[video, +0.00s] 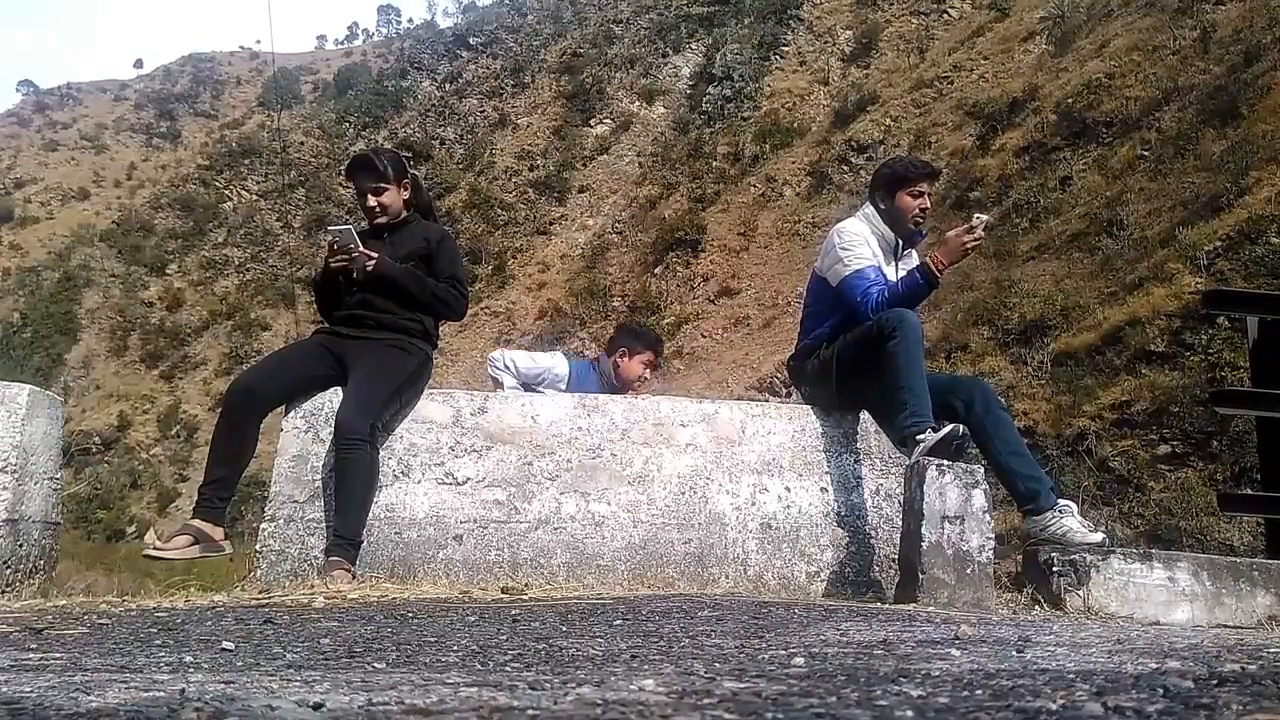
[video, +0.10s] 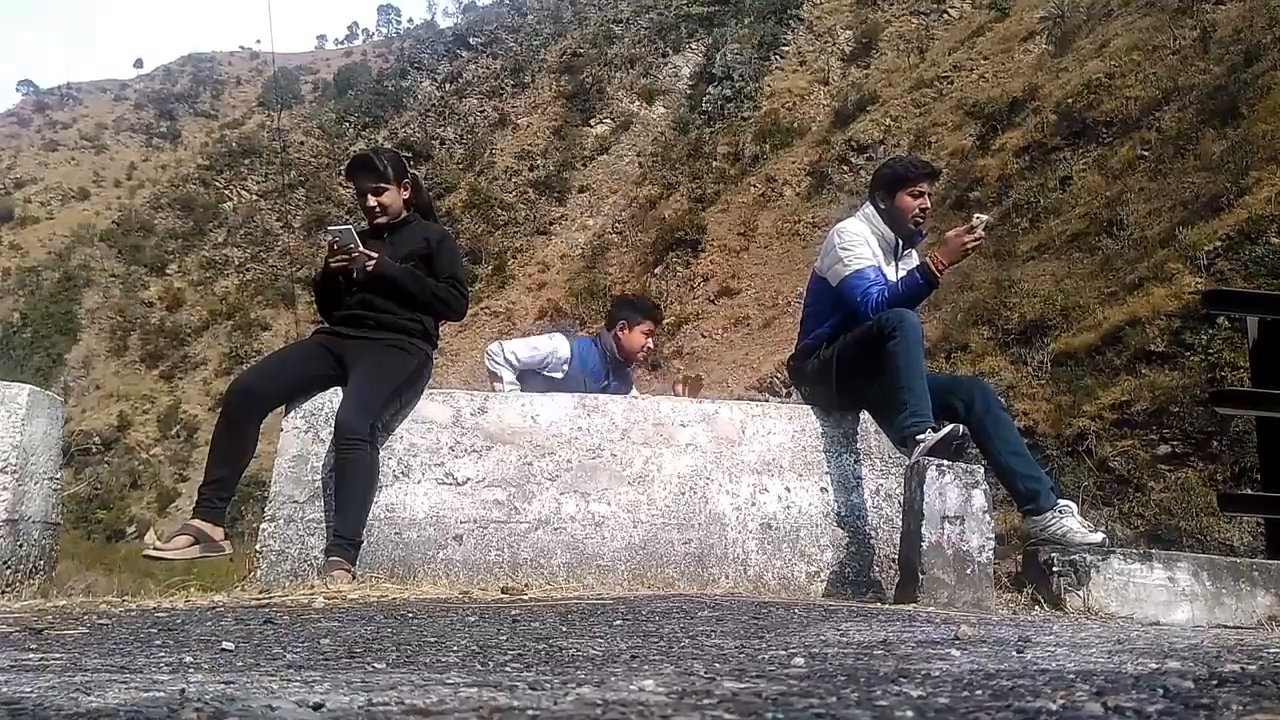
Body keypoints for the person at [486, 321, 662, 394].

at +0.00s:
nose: (648, 375)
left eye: (651, 368)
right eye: (645, 365)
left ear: (622, 358)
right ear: (621, 357)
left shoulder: (620, 392)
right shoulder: (565, 371)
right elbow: (499, 361)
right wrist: (517, 408)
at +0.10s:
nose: (651, 345)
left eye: (653, 337)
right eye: (647, 335)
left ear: (624, 332)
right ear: (622, 330)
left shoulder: (623, 381)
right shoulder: (563, 350)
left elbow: (642, 422)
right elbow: (498, 354)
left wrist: (678, 410)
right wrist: (514, 406)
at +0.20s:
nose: (654, 319)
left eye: (655, 311)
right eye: (648, 309)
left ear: (629, 307)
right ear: (623, 305)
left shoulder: (630, 359)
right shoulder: (568, 330)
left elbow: (676, 391)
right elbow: (501, 351)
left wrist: (713, 362)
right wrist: (515, 406)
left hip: (567, 436)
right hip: (524, 426)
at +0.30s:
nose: (659, 296)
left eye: (660, 288)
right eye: (653, 287)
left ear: (639, 289)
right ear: (626, 285)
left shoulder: (640, 338)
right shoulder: (576, 312)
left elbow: (693, 354)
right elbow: (509, 344)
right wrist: (515, 399)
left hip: (562, 420)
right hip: (520, 408)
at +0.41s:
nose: (662, 280)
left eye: (664, 272)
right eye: (657, 271)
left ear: (640, 273)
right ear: (631, 270)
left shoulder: (651, 324)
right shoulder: (582, 299)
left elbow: (711, 335)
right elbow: (517, 341)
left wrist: (769, 311)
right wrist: (517, 400)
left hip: (568, 412)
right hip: (524, 401)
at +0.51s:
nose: (667, 270)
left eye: (668, 262)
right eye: (661, 261)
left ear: (647, 264)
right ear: (633, 261)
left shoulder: (656, 315)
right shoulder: (585, 292)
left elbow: (718, 332)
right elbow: (523, 340)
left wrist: (782, 325)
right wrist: (517, 400)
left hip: (581, 410)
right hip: (534, 401)